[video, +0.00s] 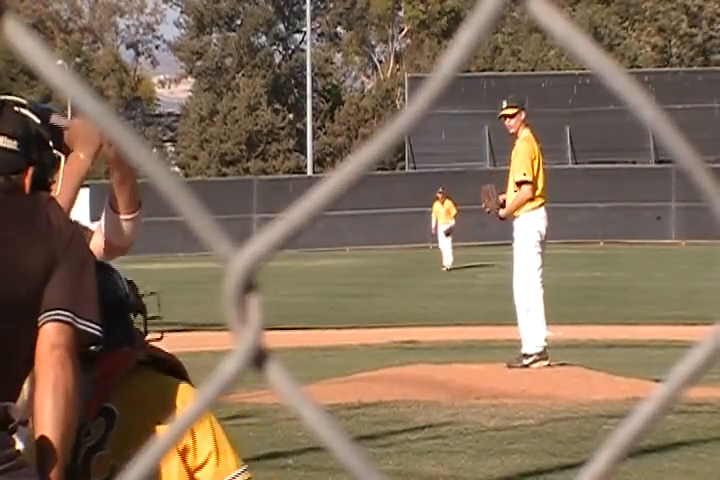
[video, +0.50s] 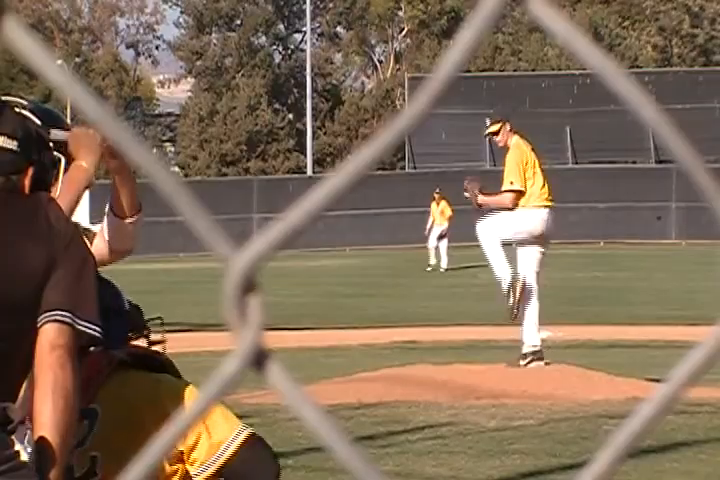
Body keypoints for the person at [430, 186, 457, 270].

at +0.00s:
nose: (440, 195)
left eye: (441, 193)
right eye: (438, 193)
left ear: (444, 194)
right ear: (437, 194)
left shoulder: (448, 203)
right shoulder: (436, 204)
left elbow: (453, 214)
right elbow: (434, 216)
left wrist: (452, 225)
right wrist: (433, 227)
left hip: (447, 224)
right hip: (440, 225)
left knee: (448, 244)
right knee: (441, 244)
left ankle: (449, 262)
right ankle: (445, 262)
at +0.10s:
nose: (439, 195)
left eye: (441, 193)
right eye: (438, 193)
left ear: (444, 195)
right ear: (437, 194)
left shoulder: (448, 203)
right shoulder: (436, 204)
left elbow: (453, 216)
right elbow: (433, 217)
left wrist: (450, 227)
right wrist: (432, 228)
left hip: (447, 224)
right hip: (439, 225)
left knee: (446, 244)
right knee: (440, 244)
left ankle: (446, 263)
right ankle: (444, 260)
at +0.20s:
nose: (440, 195)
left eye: (441, 193)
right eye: (438, 193)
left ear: (444, 195)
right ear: (437, 194)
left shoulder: (448, 203)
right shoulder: (435, 204)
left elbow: (452, 217)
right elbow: (432, 217)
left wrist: (448, 229)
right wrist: (430, 228)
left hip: (446, 225)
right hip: (438, 225)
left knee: (444, 244)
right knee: (439, 244)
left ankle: (444, 263)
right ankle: (444, 260)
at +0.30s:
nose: (440, 195)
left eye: (441, 193)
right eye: (438, 193)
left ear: (444, 195)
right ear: (437, 194)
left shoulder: (447, 204)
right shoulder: (435, 204)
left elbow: (451, 218)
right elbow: (432, 217)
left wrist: (446, 229)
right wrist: (429, 228)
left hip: (445, 225)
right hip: (437, 225)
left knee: (444, 245)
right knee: (436, 245)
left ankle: (444, 264)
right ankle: (441, 259)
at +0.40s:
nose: (439, 195)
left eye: (441, 193)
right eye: (438, 193)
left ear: (443, 194)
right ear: (435, 194)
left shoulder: (446, 203)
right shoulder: (434, 204)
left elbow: (450, 217)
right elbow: (432, 216)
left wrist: (446, 229)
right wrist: (428, 228)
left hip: (444, 225)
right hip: (437, 225)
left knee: (444, 246)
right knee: (433, 244)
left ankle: (444, 265)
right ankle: (437, 260)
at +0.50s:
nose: (437, 195)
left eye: (439, 193)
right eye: (436, 193)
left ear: (441, 195)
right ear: (434, 194)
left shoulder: (444, 203)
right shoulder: (433, 204)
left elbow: (449, 214)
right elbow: (431, 216)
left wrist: (445, 227)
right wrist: (427, 228)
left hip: (443, 226)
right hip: (435, 226)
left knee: (443, 246)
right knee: (431, 244)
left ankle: (444, 265)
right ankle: (432, 261)